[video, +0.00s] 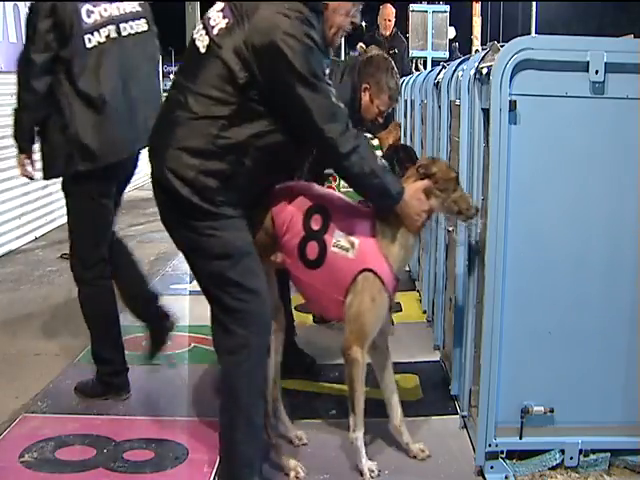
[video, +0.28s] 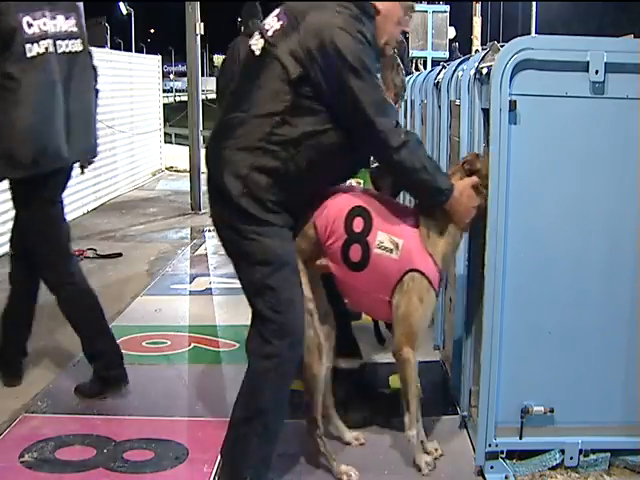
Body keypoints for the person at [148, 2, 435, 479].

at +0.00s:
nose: (351, 19)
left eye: (354, 12)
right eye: (348, 9)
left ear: (329, 7)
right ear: (324, 2)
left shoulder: (294, 22)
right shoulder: (283, 28)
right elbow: (331, 130)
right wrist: (395, 198)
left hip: (231, 174)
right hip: (197, 176)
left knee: (272, 262)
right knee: (249, 316)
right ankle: (245, 466)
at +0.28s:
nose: (405, 31)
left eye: (408, 20)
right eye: (404, 15)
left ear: (373, 9)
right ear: (378, 5)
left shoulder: (321, 15)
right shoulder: (338, 27)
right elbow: (384, 132)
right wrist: (446, 194)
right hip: (251, 188)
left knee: (327, 292)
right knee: (282, 326)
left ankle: (350, 398)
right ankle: (241, 470)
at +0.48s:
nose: (445, 36)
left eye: (449, 25)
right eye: (446, 20)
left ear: (419, 10)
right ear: (421, 5)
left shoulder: (383, 26)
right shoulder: (372, 22)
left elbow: (397, 133)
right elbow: (416, 127)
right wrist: (480, 176)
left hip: (335, 184)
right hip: (286, 179)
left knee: (358, 287)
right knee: (279, 311)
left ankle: (363, 401)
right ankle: (241, 461)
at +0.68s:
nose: (473, 22)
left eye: (477, 14)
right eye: (472, 10)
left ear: (452, 7)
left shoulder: (432, 42)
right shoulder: (388, 10)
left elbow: (429, 109)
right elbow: (402, 95)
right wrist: (455, 151)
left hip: (368, 173)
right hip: (317, 162)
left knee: (374, 288)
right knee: (312, 290)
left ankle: (366, 401)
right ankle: (269, 430)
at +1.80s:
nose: (471, 60)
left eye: (477, 50)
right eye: (468, 48)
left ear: (446, 28)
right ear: (438, 27)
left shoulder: (448, 58)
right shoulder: (386, 60)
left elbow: (440, 140)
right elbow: (370, 171)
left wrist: (471, 184)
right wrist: (422, 223)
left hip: (392, 167)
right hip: (335, 162)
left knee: (408, 281)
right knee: (348, 287)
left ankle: (417, 390)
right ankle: (323, 413)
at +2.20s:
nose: (466, 59)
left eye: (468, 50)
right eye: (463, 50)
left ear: (431, 46)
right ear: (432, 50)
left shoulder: (410, 44)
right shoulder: (388, 98)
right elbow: (392, 207)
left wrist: (443, 118)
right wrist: (460, 227)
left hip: (390, 180)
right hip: (340, 188)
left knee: (421, 279)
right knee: (368, 306)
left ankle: (414, 386)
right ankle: (324, 413)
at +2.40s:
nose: (461, 46)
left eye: (462, 37)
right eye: (457, 38)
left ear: (424, 36)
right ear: (426, 41)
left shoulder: (399, 29)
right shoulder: (387, 94)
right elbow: (404, 203)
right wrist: (472, 221)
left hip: (392, 179)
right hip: (346, 190)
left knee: (429, 274)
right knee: (371, 306)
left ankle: (420, 380)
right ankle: (324, 413)